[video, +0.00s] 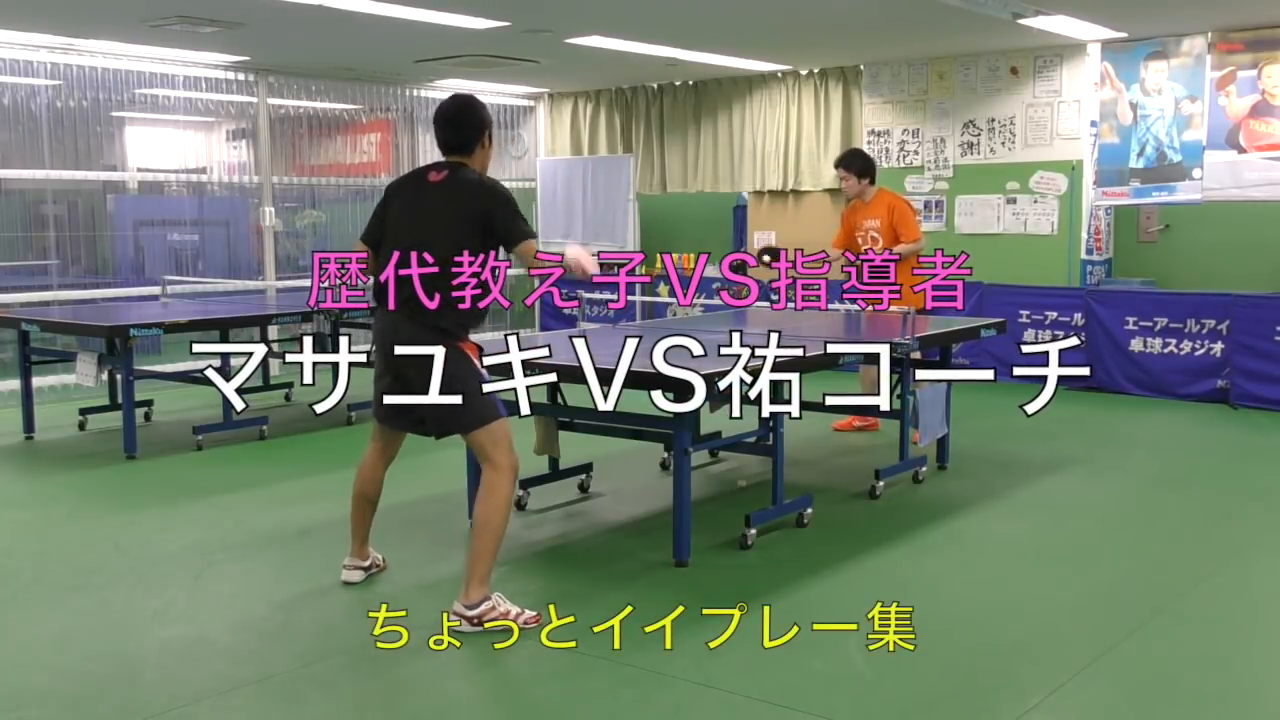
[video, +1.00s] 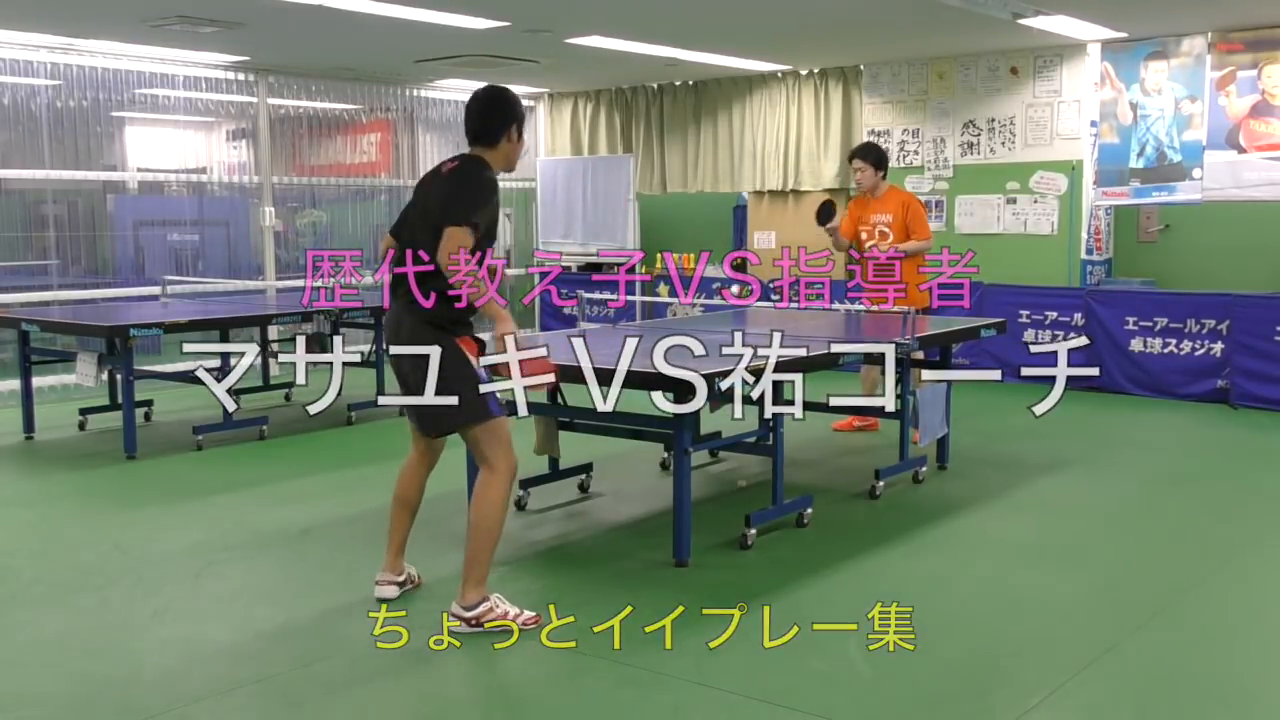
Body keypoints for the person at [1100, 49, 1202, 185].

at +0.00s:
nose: (1159, 76)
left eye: (1163, 71)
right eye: (1155, 71)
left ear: (1168, 72)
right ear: (1144, 72)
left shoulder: (1174, 89)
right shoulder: (1135, 91)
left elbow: (1199, 105)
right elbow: (1125, 120)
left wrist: (1191, 107)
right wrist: (1121, 94)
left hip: (1171, 161)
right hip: (1141, 163)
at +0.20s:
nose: (1159, 76)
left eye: (1163, 71)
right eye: (1155, 71)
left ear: (1168, 73)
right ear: (1144, 72)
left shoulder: (1174, 89)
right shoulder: (1135, 91)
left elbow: (1199, 105)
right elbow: (1125, 121)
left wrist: (1191, 107)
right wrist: (1121, 94)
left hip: (1171, 161)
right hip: (1141, 163)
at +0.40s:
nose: (1159, 76)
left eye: (1163, 71)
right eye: (1155, 71)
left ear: (1168, 73)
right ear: (1144, 72)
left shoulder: (1174, 89)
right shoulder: (1135, 91)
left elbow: (1199, 106)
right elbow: (1125, 121)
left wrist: (1191, 107)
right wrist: (1121, 94)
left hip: (1171, 161)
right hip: (1141, 163)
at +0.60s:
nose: (1159, 76)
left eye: (1163, 71)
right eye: (1155, 71)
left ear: (1168, 73)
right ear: (1144, 72)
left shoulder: (1174, 89)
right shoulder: (1135, 91)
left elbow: (1199, 105)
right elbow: (1125, 121)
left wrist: (1191, 107)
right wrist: (1121, 94)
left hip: (1171, 161)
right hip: (1141, 163)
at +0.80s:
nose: (1159, 77)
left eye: (1162, 71)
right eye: (1154, 71)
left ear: (1168, 72)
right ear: (1144, 72)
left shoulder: (1174, 89)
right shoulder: (1135, 91)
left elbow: (1199, 105)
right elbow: (1125, 121)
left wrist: (1191, 107)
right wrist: (1121, 95)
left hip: (1171, 161)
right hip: (1141, 163)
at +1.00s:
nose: (1159, 76)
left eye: (1163, 71)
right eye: (1155, 71)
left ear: (1168, 72)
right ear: (1143, 72)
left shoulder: (1174, 89)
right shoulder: (1135, 91)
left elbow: (1199, 105)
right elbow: (1125, 120)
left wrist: (1191, 106)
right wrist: (1122, 95)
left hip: (1171, 161)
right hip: (1141, 163)